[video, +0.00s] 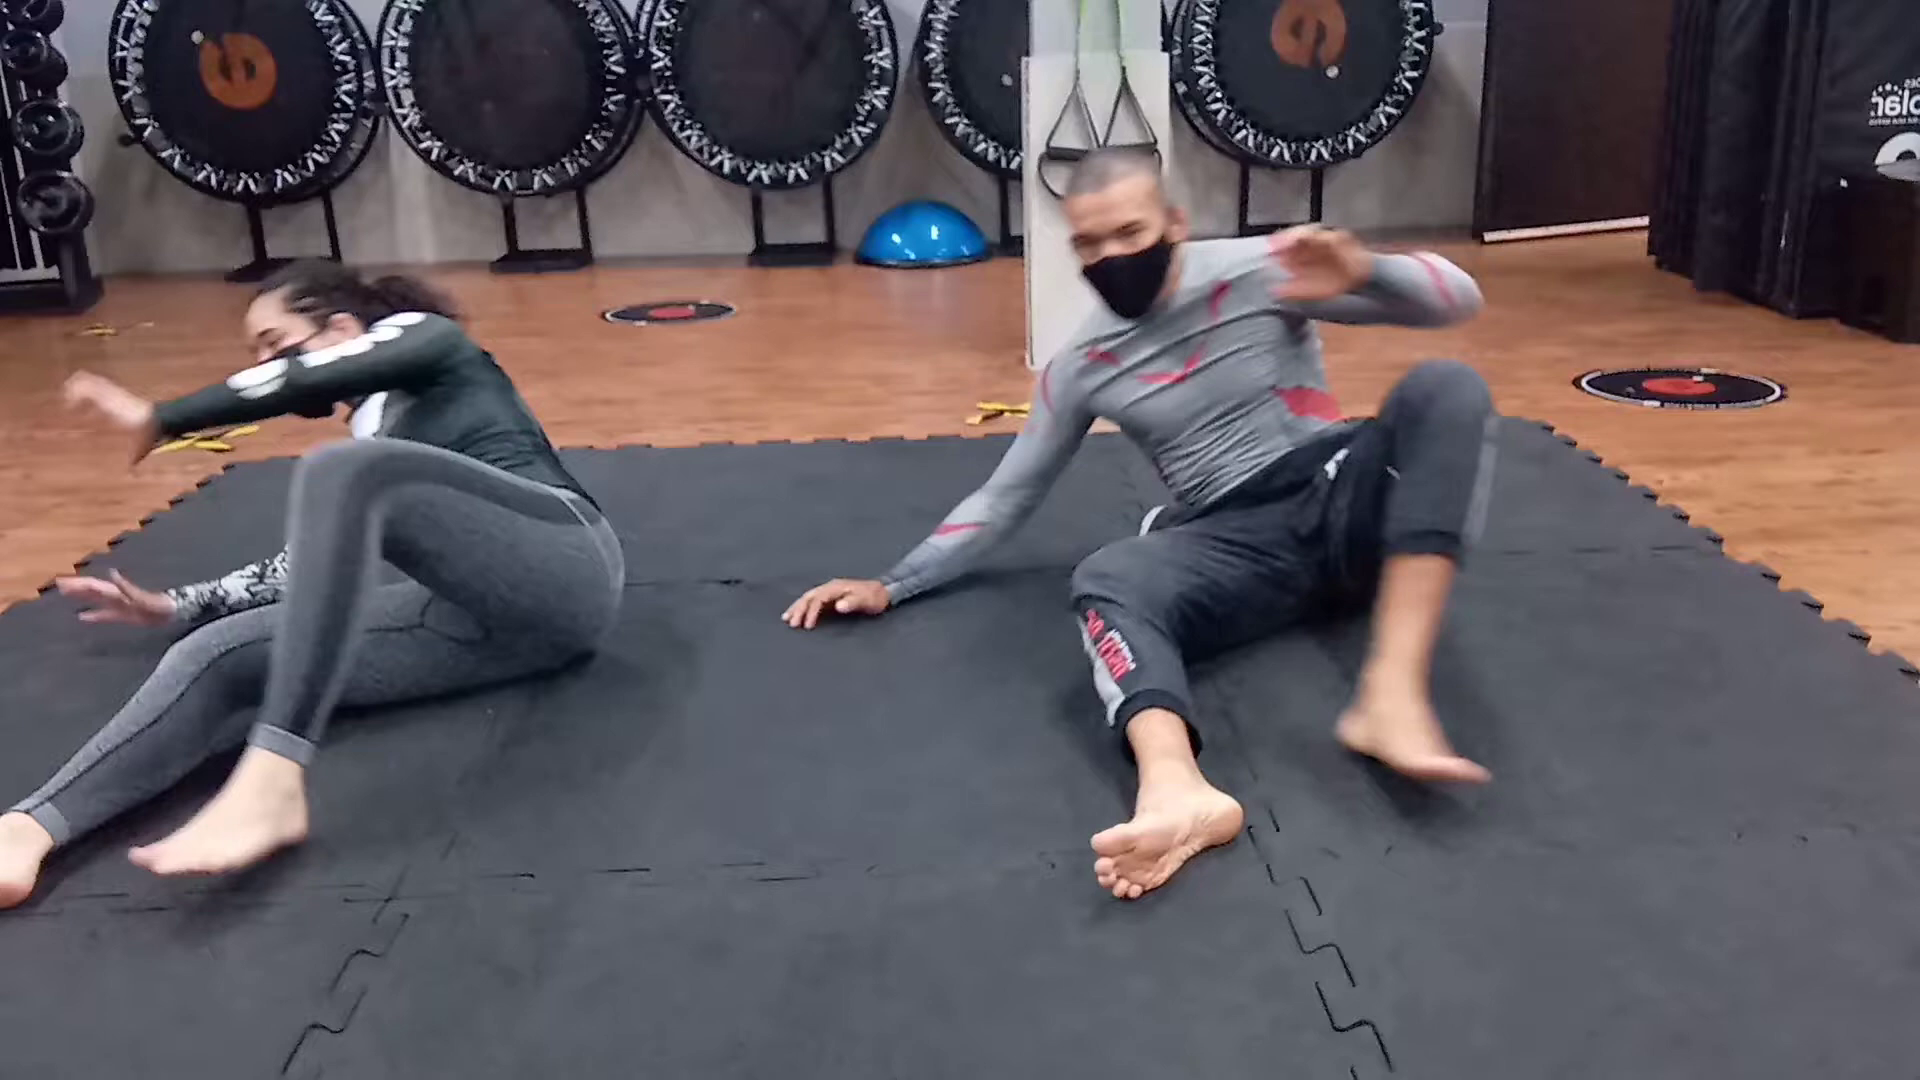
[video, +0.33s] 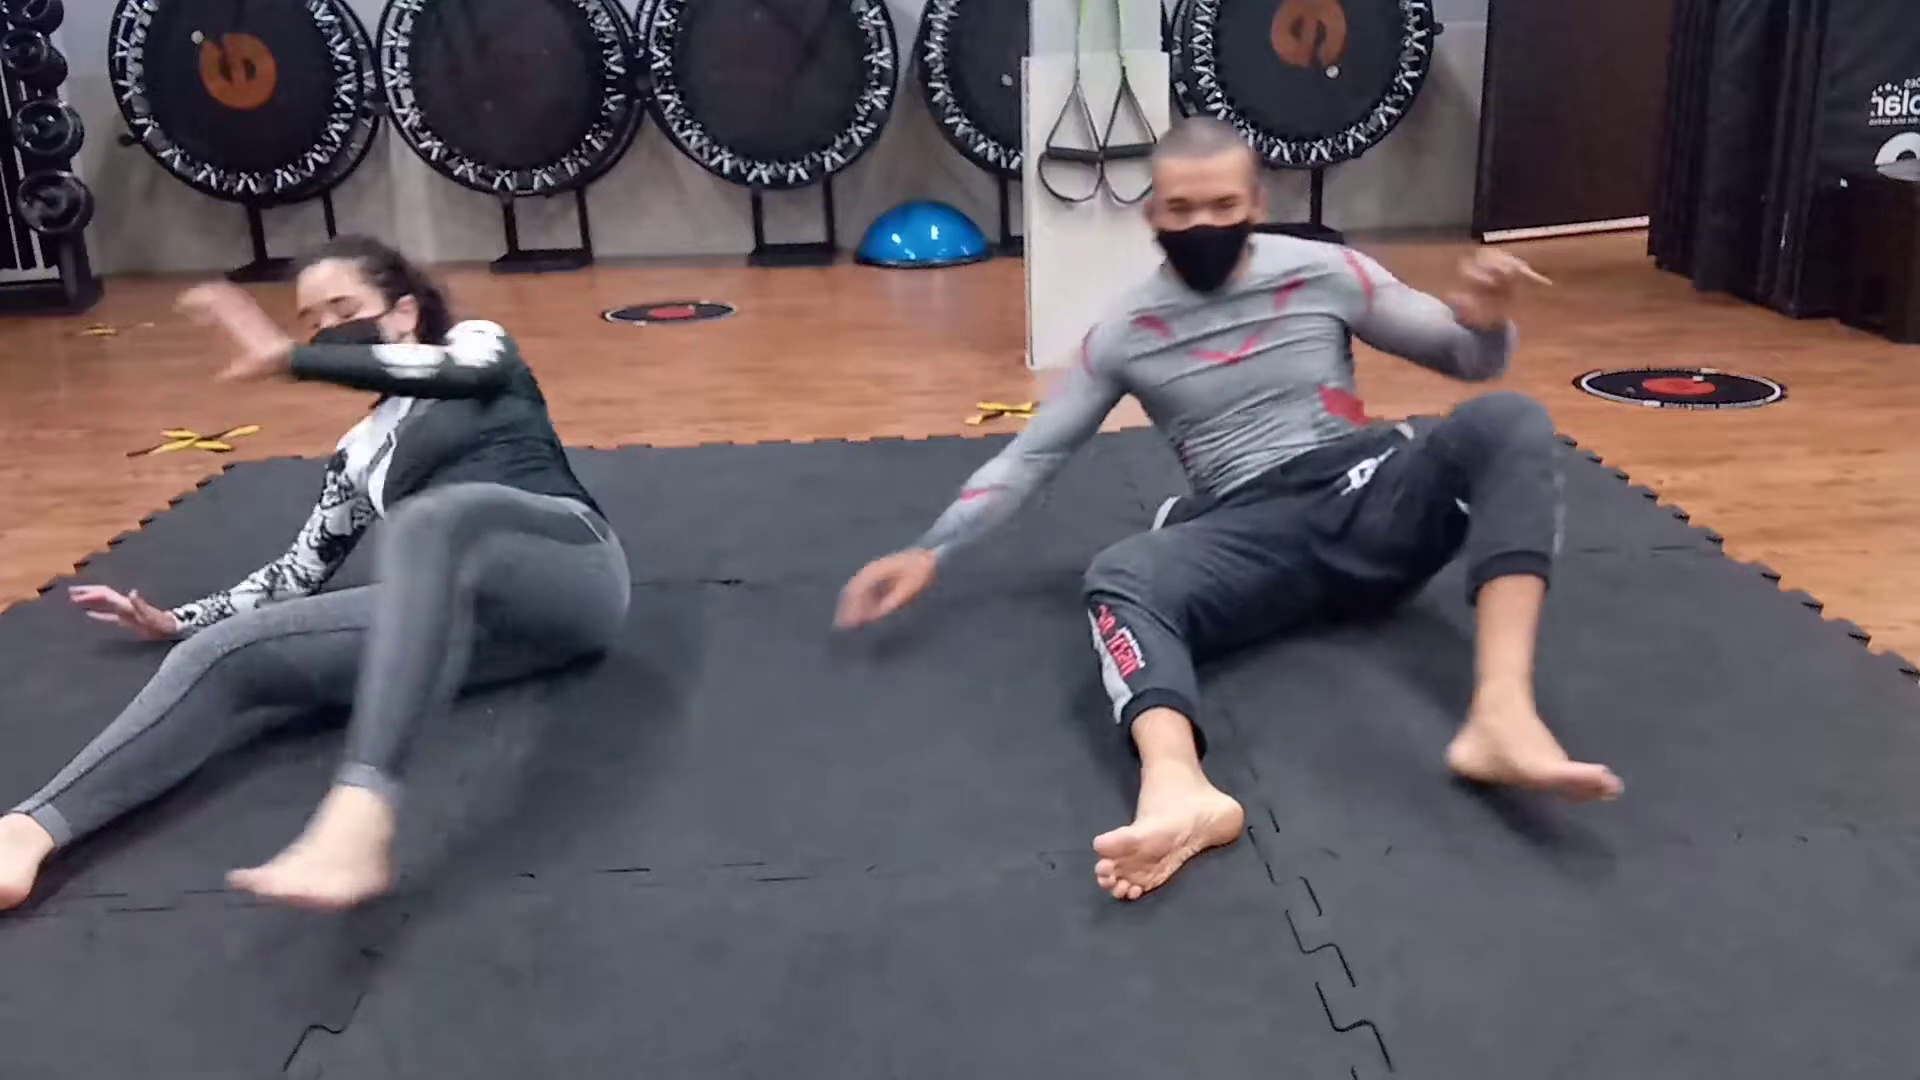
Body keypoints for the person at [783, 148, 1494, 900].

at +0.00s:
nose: (1110, 258)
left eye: (1129, 233)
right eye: (1088, 242)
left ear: (1173, 222)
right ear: (1070, 246)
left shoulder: (1261, 265)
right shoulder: (1079, 365)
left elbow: (1458, 300)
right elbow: (1003, 497)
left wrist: (1372, 277)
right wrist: (892, 587)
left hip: (1337, 494)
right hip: (1225, 543)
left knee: (1448, 388)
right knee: (1109, 578)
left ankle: (1393, 694)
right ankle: (1175, 787)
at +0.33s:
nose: (1201, 225)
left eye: (1221, 205)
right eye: (1179, 208)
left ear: (1256, 203)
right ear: (1151, 215)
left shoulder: (1324, 267)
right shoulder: (1125, 330)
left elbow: (1469, 361)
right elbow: (1028, 456)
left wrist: (1489, 319)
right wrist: (930, 551)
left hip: (1363, 486)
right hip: (1239, 529)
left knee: (1511, 425)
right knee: (1123, 576)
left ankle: (1504, 714)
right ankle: (1177, 786)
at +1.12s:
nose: (1461, 220)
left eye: (1478, 206)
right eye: (1446, 193)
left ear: (1484, 214)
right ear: (1385, 185)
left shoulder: (1457, 317)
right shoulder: (1282, 269)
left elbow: (1506, 445)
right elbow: (1231, 364)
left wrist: (1662, 488)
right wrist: (1388, 315)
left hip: (1419, 523)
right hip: (1304, 519)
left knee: (1645, 476)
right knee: (1286, 480)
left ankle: (1680, 717)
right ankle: (1283, 751)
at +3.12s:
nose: (1723, 398)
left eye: (1726, 388)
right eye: (1724, 378)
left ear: (1665, 380)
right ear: (1696, 336)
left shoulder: (1609, 414)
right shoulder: (1642, 296)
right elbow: (1830, 343)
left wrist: (1709, 497)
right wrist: (1898, 443)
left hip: (1414, 585)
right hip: (1411, 467)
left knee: (1705, 568)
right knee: (1712, 452)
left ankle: (1702, 707)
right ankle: (1493, 692)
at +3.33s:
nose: (1726, 403)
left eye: (1734, 398)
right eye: (1730, 388)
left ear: (1649, 400)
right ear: (1692, 349)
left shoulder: (1582, 408)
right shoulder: (1632, 304)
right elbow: (1834, 340)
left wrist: (1685, 502)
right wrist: (1907, 446)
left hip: (1363, 571)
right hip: (1367, 457)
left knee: (1658, 571)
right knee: (1673, 445)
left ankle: (1686, 715)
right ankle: (1486, 703)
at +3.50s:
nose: (1706, 406)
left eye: (1714, 399)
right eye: (1714, 390)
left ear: (1638, 398)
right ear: (1688, 355)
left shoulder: (1578, 411)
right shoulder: (1621, 309)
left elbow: (1508, 510)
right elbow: (1823, 350)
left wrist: (1662, 508)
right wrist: (1905, 457)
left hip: (1335, 565)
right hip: (1335, 449)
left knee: (1599, 580)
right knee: (1645, 435)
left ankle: (1695, 740)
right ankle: (1480, 703)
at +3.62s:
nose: (1712, 410)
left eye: (1725, 401)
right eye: (1723, 389)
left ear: (1673, 374)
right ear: (1701, 357)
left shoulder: (1591, 413)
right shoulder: (1605, 316)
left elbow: (1509, 521)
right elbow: (1810, 354)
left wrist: (1651, 509)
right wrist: (1902, 458)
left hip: (1318, 563)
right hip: (1310, 452)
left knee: (1582, 590)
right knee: (1615, 428)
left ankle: (1706, 758)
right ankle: (1478, 703)